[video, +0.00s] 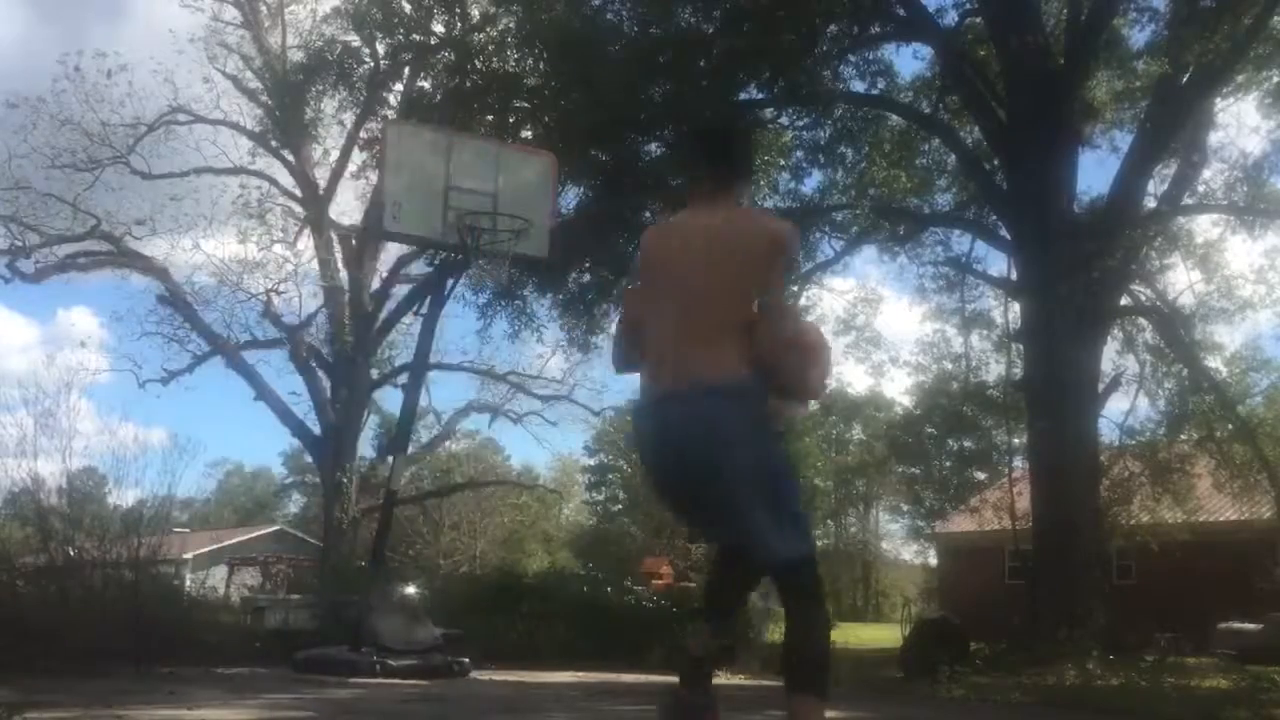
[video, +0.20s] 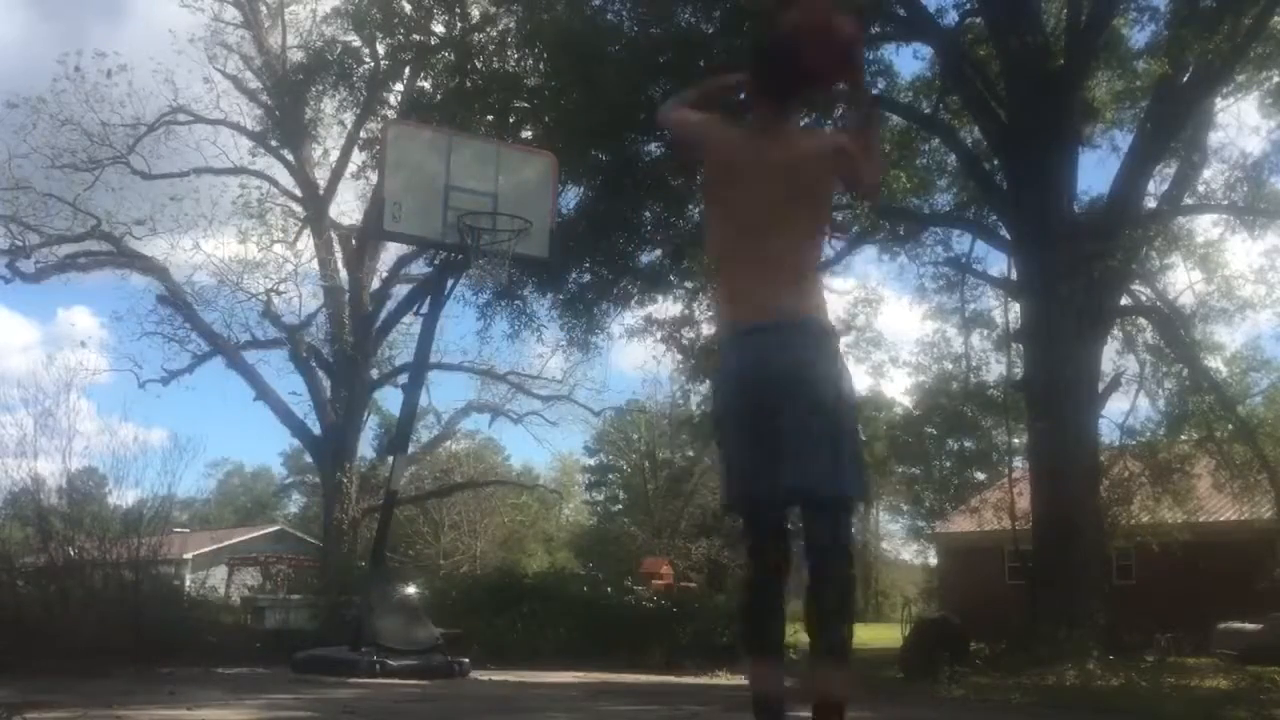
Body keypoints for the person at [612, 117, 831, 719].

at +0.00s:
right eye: (746, 168)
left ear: (687, 172)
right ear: (746, 171)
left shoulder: (657, 240)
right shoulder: (771, 233)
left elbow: (626, 350)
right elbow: (771, 339)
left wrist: (690, 330)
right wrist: (801, 377)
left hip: (660, 425)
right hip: (733, 419)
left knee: (740, 543)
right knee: (800, 579)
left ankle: (697, 679)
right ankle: (806, 707)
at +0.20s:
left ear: (753, 86)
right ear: (813, 88)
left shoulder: (720, 141)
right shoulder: (823, 150)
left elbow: (672, 110)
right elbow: (868, 176)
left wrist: (734, 85)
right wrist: (858, 93)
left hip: (740, 354)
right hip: (810, 350)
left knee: (764, 545)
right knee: (830, 541)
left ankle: (767, 705)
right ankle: (831, 706)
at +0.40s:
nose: (861, 4)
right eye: (857, 5)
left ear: (787, 8)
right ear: (840, 5)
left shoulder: (755, 48)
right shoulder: (863, 37)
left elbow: (721, 40)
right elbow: (879, 9)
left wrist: (735, 0)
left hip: (779, 249)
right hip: (854, 246)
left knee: (775, 434)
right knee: (864, 435)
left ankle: (754, 620)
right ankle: (852, 617)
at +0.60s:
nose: (902, 34)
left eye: (890, 28)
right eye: (900, 27)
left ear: (841, 29)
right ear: (893, 30)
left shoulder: (806, 80)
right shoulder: (913, 70)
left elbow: (784, 56)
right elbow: (919, 45)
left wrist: (776, 37)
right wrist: (891, 23)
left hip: (812, 283)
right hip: (891, 282)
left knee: (783, 476)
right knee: (904, 485)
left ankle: (742, 660)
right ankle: (923, 669)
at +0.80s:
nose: (873, 147)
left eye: (877, 139)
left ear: (881, 144)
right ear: (942, 149)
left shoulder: (842, 219)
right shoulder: (961, 218)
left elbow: (798, 255)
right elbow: (984, 216)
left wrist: (809, 201)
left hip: (852, 418)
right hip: (927, 420)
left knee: (821, 578)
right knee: (933, 582)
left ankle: (762, 705)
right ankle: (943, 707)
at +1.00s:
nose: (906, 121)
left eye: (907, 111)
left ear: (911, 115)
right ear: (970, 119)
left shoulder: (872, 197)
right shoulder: (1005, 199)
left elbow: (860, 315)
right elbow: (1014, 310)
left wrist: (845, 408)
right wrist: (998, 388)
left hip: (894, 385)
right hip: (976, 389)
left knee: (863, 555)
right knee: (953, 563)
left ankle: (812, 699)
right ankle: (949, 704)